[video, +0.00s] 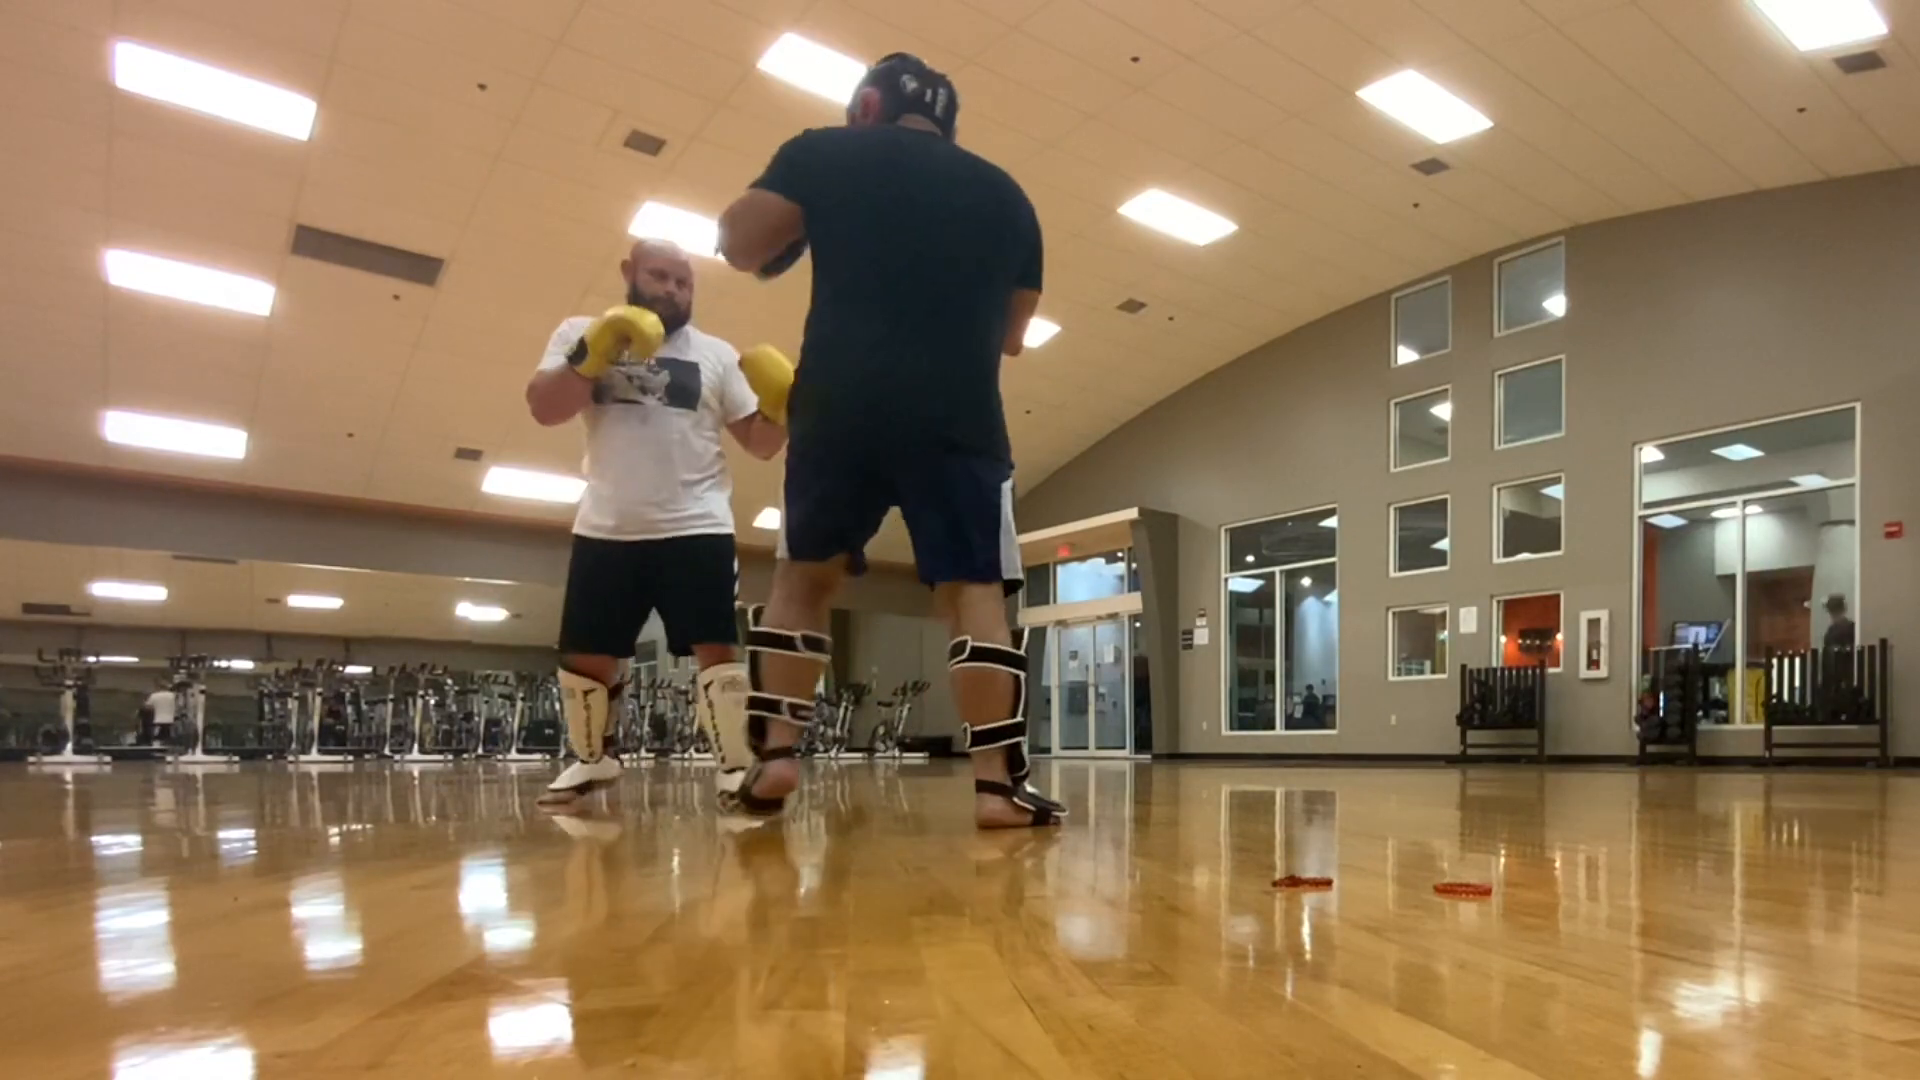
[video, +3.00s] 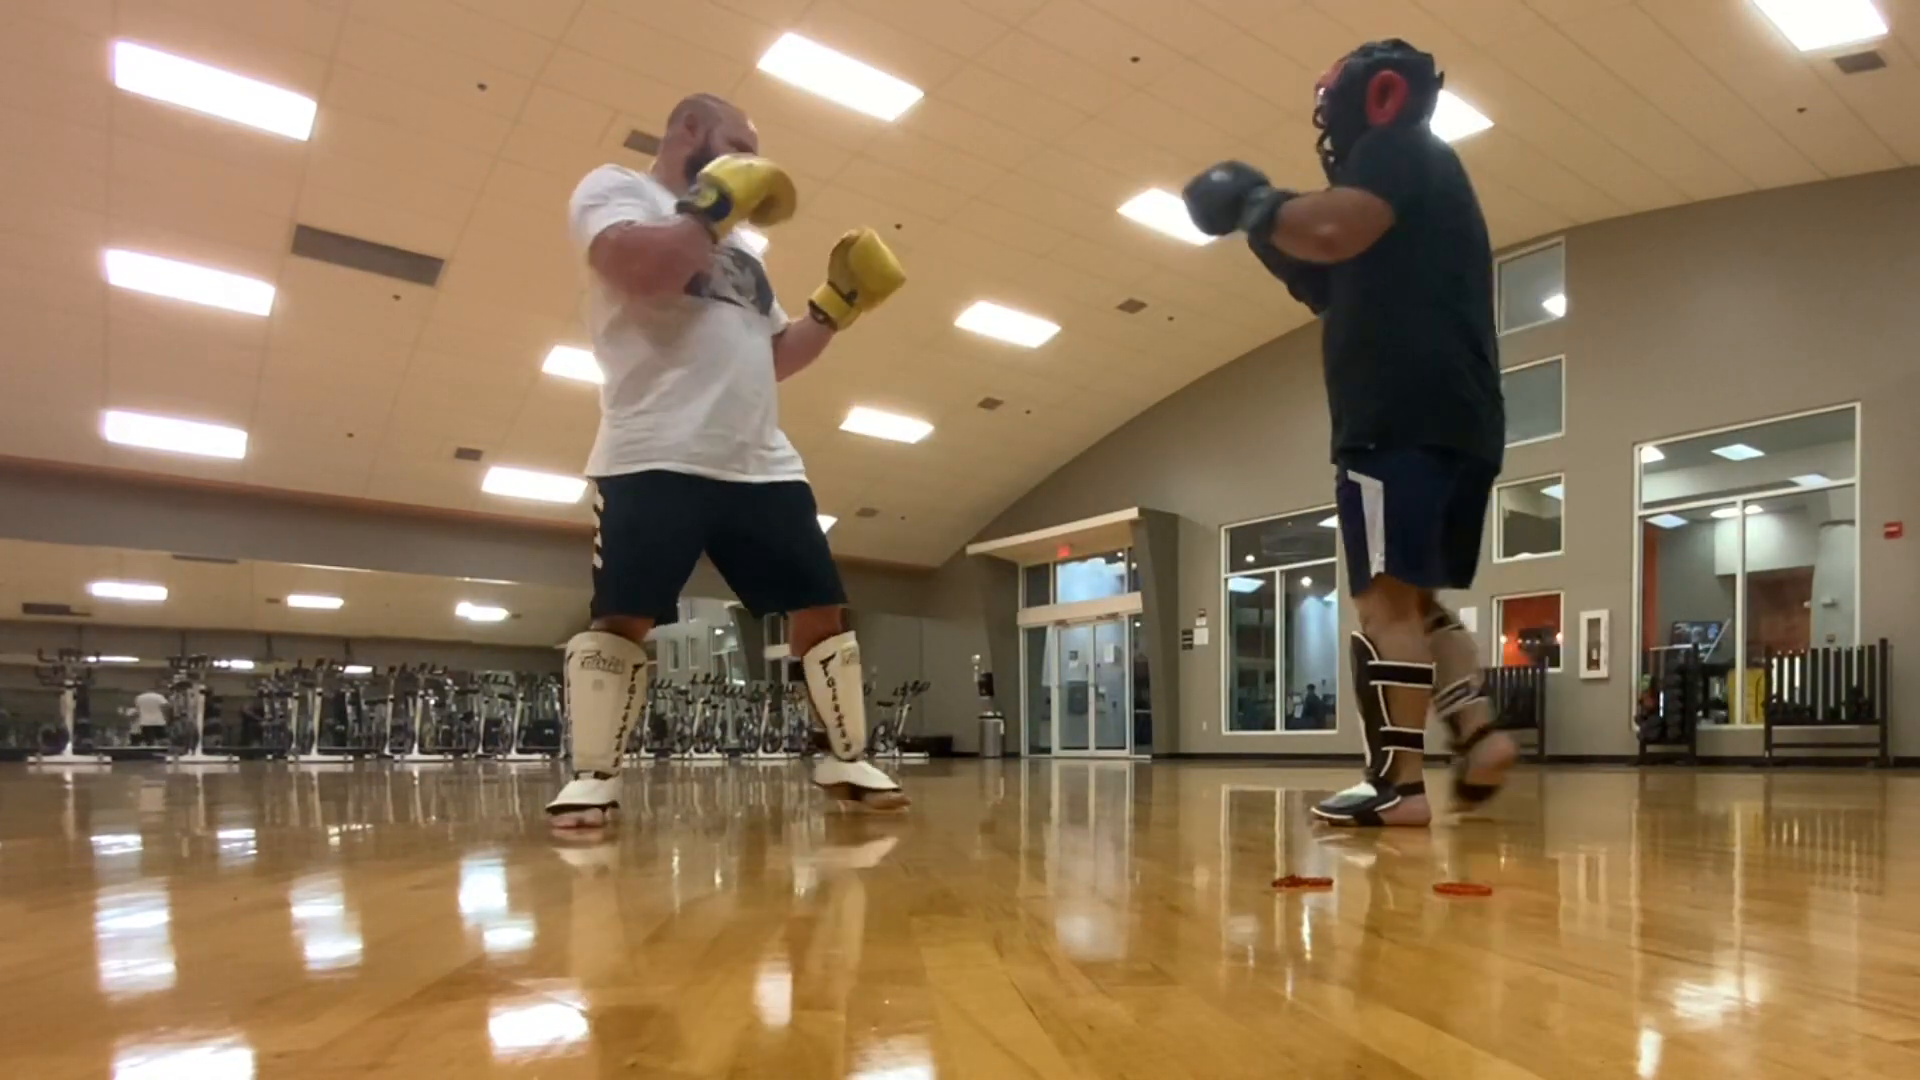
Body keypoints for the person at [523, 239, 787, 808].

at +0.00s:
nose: (671, 287)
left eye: (682, 281)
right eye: (659, 275)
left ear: (694, 293)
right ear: (628, 276)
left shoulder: (716, 356)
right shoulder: (582, 335)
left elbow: (762, 443)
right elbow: (545, 408)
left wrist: (782, 403)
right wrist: (595, 356)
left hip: (696, 529)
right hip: (608, 529)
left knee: (715, 648)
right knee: (587, 657)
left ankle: (735, 771)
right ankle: (589, 761)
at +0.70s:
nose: (637, 279)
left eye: (644, 267)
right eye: (622, 270)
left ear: (655, 271)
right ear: (592, 278)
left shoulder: (689, 328)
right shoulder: (560, 329)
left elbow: (760, 389)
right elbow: (544, 380)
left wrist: (753, 335)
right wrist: (566, 296)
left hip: (693, 499)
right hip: (602, 508)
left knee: (733, 583)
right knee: (566, 638)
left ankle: (757, 726)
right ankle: (576, 775)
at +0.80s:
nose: (630, 288)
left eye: (637, 276)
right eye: (616, 278)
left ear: (648, 279)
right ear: (585, 286)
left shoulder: (675, 333)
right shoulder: (551, 338)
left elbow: (751, 414)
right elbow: (539, 392)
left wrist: (741, 364)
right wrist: (564, 308)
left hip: (682, 487)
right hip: (607, 512)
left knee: (719, 472)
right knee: (572, 643)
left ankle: (665, 620)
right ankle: (578, 777)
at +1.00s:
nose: (642, 260)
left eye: (650, 250)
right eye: (623, 251)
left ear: (663, 259)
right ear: (594, 266)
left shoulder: (698, 319)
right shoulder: (567, 333)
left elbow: (788, 386)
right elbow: (492, 378)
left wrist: (780, 338)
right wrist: (532, 303)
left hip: (703, 473)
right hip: (623, 504)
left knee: (721, 526)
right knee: (585, 617)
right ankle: (580, 775)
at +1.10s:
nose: (663, 256)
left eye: (672, 245)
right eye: (645, 246)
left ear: (686, 254)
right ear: (616, 258)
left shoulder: (715, 305)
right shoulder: (590, 326)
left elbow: (808, 317)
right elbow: (513, 369)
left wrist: (787, 270)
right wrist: (552, 297)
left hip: (714, 492)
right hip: (633, 509)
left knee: (749, 605)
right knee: (595, 629)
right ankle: (579, 775)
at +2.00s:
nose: (705, 258)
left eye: (716, 247)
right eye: (693, 241)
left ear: (724, 250)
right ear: (660, 228)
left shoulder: (732, 314)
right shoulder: (591, 273)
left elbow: (780, 406)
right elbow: (571, 343)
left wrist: (820, 356)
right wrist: (635, 273)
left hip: (716, 504)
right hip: (615, 501)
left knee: (751, 632)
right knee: (609, 644)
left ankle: (807, 763)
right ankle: (612, 773)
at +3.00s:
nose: (752, 166)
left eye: (755, 159)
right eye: (741, 149)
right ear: (687, 130)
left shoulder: (744, 258)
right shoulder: (616, 188)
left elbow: (769, 359)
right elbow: (640, 270)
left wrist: (834, 307)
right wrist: (718, 203)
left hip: (758, 456)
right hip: (654, 450)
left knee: (818, 598)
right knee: (626, 609)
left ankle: (847, 756)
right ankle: (593, 777)